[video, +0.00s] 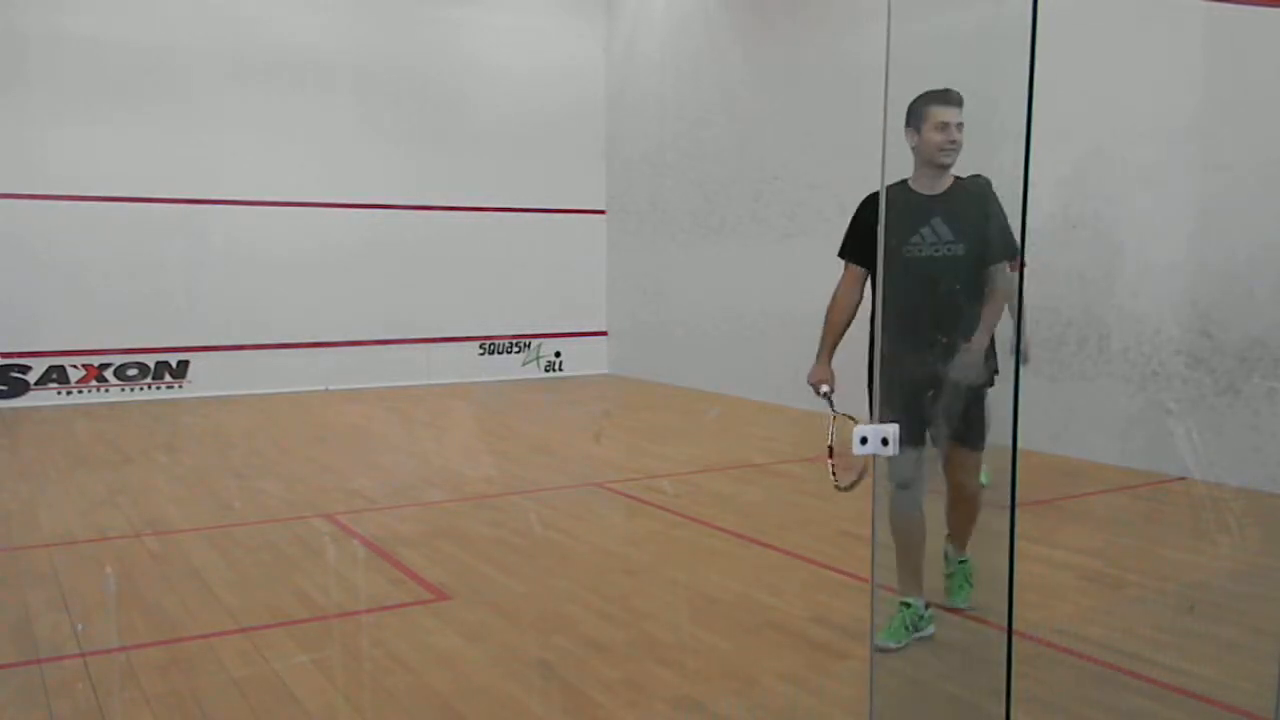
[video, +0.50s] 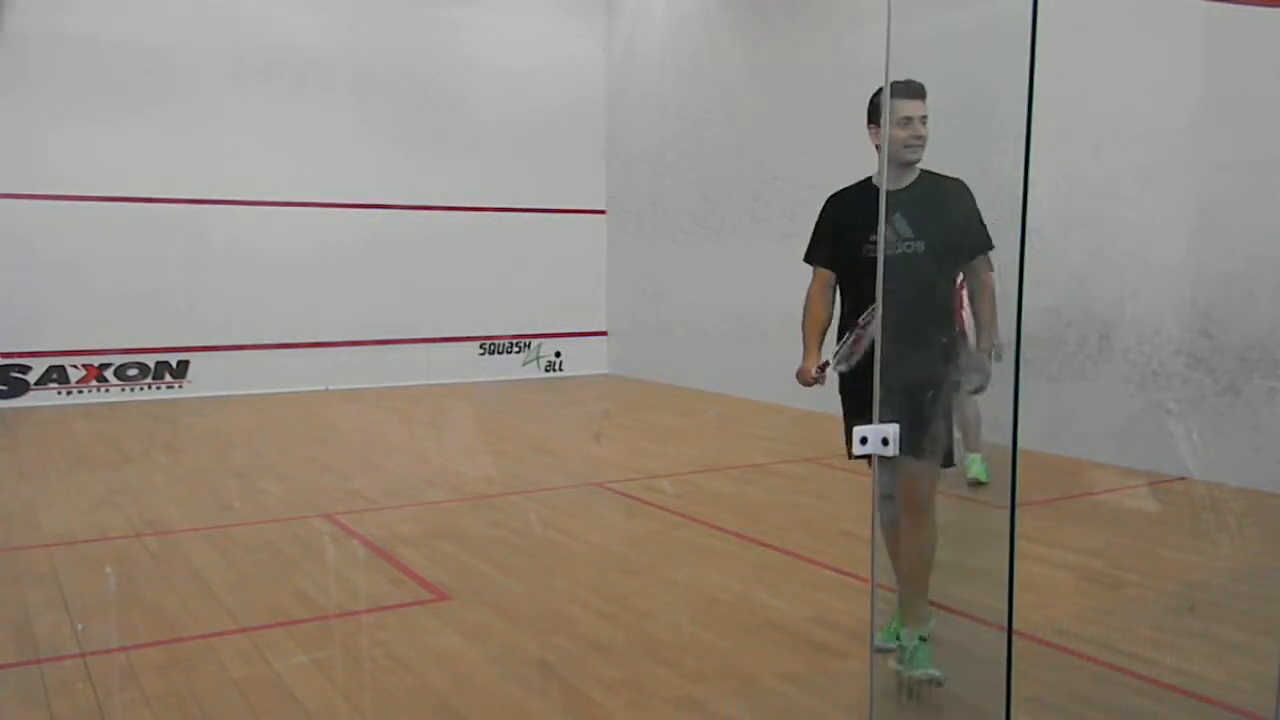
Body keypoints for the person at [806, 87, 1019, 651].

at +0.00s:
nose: (952, 137)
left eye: (958, 128)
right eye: (941, 128)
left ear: (962, 137)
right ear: (912, 135)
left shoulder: (978, 198)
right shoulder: (881, 207)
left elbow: (1001, 279)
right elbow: (852, 283)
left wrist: (978, 344)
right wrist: (824, 354)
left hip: (963, 363)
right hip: (899, 363)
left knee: (965, 480)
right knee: (903, 482)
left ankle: (957, 554)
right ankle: (911, 604)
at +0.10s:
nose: (943, 133)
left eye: (949, 125)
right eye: (931, 125)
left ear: (954, 134)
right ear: (903, 133)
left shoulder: (971, 202)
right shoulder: (871, 206)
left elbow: (988, 281)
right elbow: (843, 282)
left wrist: (977, 341)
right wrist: (820, 352)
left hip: (958, 362)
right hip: (892, 366)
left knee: (969, 485)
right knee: (900, 488)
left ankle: (949, 549)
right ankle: (911, 603)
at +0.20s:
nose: (935, 133)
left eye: (941, 124)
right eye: (924, 123)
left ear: (947, 132)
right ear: (897, 131)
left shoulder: (964, 201)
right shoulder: (863, 204)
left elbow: (980, 274)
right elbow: (835, 278)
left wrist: (973, 337)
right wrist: (821, 346)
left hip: (956, 358)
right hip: (889, 364)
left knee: (962, 483)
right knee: (897, 486)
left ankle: (952, 578)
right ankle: (911, 602)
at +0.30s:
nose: (929, 134)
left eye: (935, 125)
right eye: (918, 125)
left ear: (940, 132)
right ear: (890, 131)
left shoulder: (959, 197)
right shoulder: (856, 205)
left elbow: (975, 278)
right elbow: (828, 279)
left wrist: (978, 341)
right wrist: (818, 340)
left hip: (947, 364)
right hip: (881, 369)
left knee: (946, 486)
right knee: (893, 487)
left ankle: (956, 615)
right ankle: (911, 605)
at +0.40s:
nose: (923, 133)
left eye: (928, 124)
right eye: (910, 124)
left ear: (935, 131)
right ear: (880, 130)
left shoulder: (955, 198)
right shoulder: (849, 206)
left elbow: (977, 282)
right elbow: (823, 281)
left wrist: (980, 351)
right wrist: (816, 342)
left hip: (938, 369)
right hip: (874, 373)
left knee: (932, 493)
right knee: (891, 493)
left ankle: (941, 624)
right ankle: (909, 604)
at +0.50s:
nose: (917, 131)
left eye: (922, 122)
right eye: (904, 123)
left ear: (929, 129)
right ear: (875, 132)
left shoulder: (951, 196)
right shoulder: (844, 205)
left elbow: (980, 275)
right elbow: (821, 282)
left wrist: (987, 345)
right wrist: (812, 349)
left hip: (931, 366)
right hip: (867, 370)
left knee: (917, 496)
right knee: (887, 496)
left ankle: (915, 629)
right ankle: (909, 607)